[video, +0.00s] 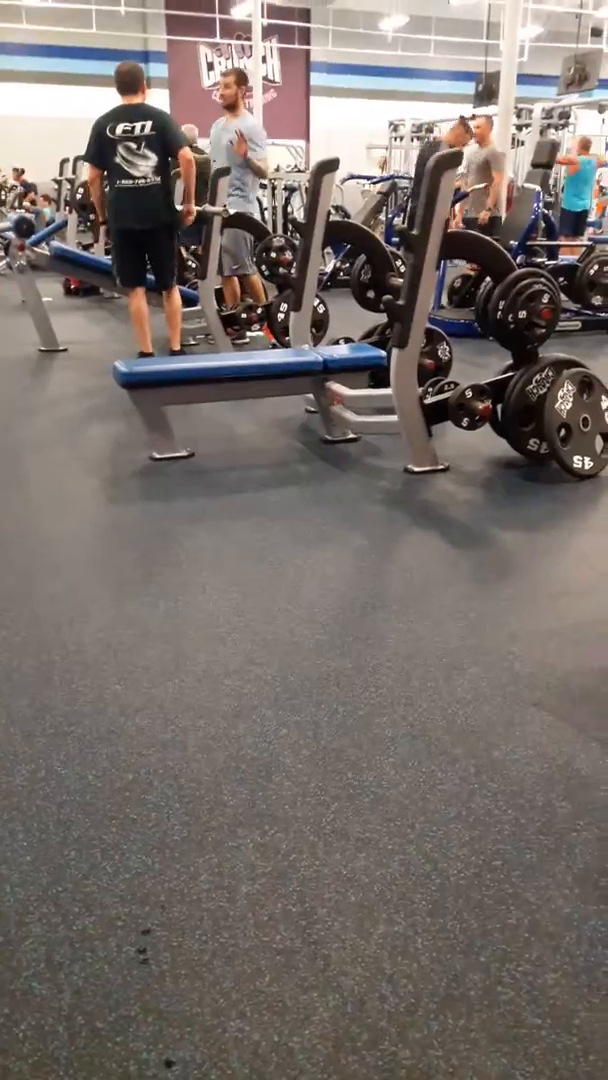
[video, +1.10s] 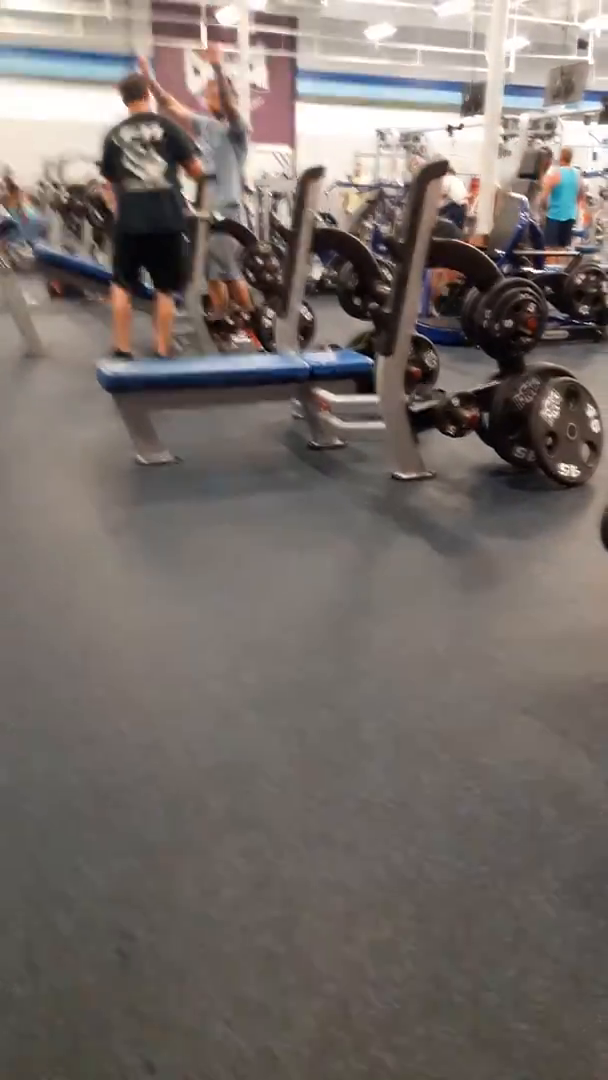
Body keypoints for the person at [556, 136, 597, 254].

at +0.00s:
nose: (576, 147)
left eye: (577, 145)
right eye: (578, 145)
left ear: (579, 147)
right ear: (589, 148)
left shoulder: (573, 160)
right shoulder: (595, 161)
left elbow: (557, 159)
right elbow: (605, 161)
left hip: (570, 205)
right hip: (585, 205)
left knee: (565, 237)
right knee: (577, 238)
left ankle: (564, 264)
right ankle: (575, 264)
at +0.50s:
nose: (566, 155)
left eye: (566, 153)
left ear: (567, 154)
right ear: (578, 154)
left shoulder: (563, 167)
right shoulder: (583, 168)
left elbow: (548, 166)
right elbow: (594, 168)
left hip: (560, 211)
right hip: (575, 211)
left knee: (556, 244)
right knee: (569, 243)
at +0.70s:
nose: (564, 155)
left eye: (565, 153)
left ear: (567, 154)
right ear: (578, 155)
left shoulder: (562, 169)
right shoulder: (584, 170)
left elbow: (548, 179)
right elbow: (592, 181)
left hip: (562, 211)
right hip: (577, 211)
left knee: (558, 244)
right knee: (571, 244)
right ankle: (570, 269)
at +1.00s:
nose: (561, 159)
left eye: (562, 157)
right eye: (562, 157)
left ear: (564, 159)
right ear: (575, 159)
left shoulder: (559, 175)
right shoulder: (582, 175)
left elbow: (548, 197)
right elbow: (586, 194)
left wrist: (548, 210)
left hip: (559, 217)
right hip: (574, 217)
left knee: (555, 250)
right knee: (568, 250)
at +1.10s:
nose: (561, 158)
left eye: (561, 156)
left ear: (560, 157)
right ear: (571, 158)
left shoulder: (554, 173)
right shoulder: (577, 174)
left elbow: (544, 194)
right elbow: (581, 194)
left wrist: (542, 206)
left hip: (554, 215)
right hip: (570, 216)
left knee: (550, 248)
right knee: (563, 248)